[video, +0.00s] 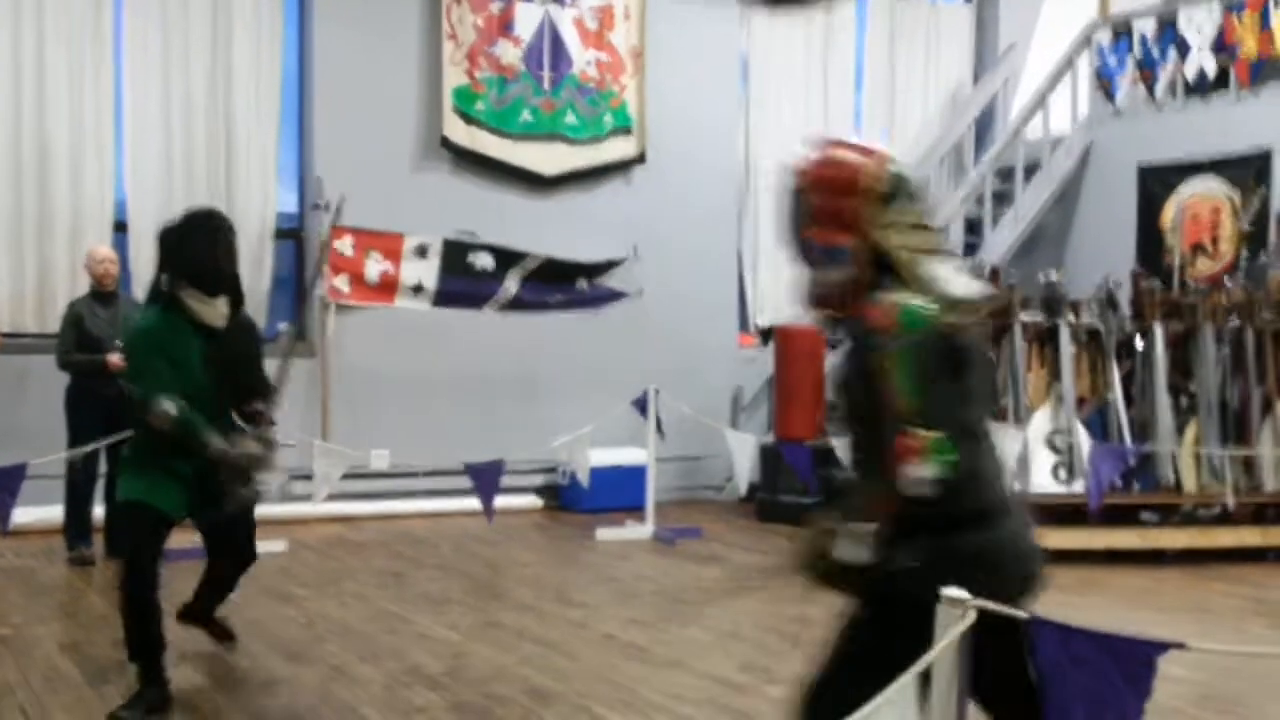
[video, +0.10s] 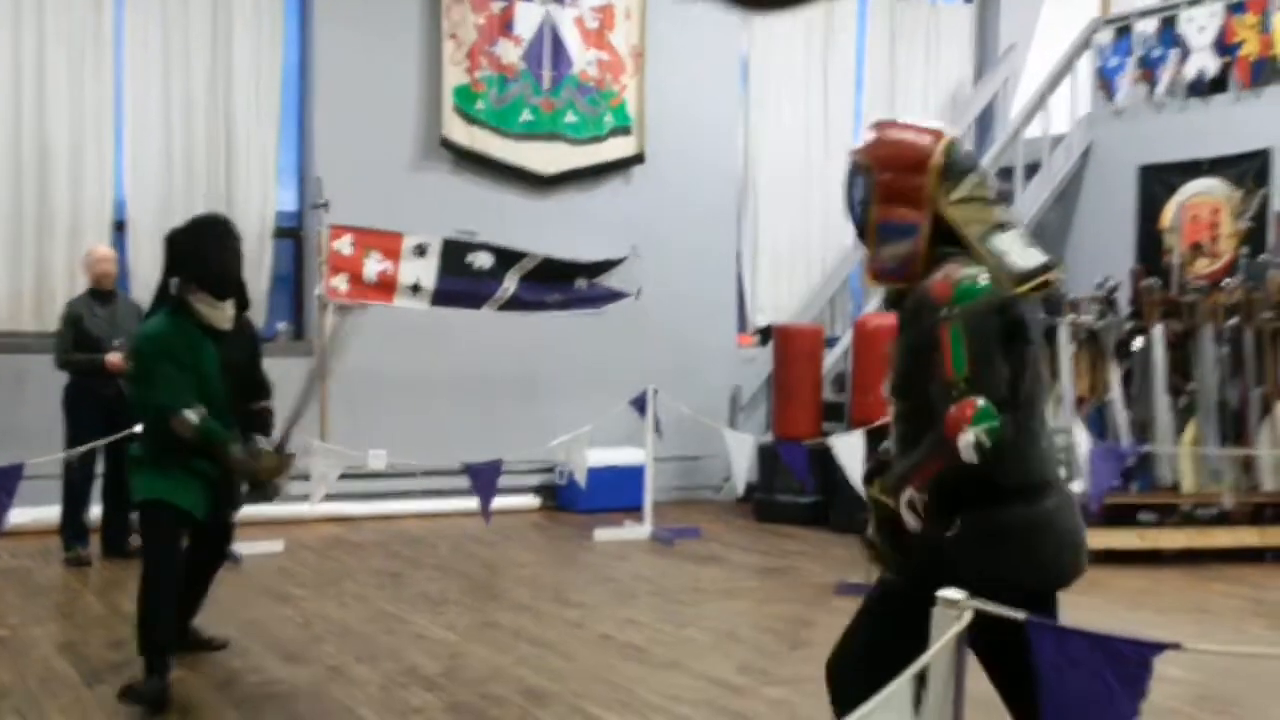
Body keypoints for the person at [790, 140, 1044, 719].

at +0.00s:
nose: (818, 274)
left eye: (831, 253)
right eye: (814, 253)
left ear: (870, 245)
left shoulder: (899, 330)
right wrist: (845, 521)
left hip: (941, 563)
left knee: (832, 706)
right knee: (1011, 697)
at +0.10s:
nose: (861, 228)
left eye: (868, 206)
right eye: (860, 207)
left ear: (906, 209)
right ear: (934, 206)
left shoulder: (949, 293)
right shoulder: (991, 280)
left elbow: (975, 420)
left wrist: (908, 489)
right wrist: (899, 470)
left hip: (975, 537)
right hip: (1021, 529)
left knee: (855, 675)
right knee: (1036, 692)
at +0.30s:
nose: (933, 202)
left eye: (938, 181)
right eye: (932, 183)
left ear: (976, 179)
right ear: (998, 175)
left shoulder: (1019, 251)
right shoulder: (1050, 250)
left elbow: (1004, 377)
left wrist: (934, 444)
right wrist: (925, 414)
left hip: (1014, 509)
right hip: (1056, 507)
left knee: (879, 626)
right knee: (1068, 683)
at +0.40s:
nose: (948, 199)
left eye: (954, 180)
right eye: (947, 182)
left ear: (986, 180)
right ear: (1026, 171)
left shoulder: (1023, 245)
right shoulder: (1071, 247)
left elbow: (1006, 374)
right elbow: (1085, 383)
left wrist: (938, 438)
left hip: (1015, 504)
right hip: (1063, 502)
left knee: (879, 621)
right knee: (1066, 679)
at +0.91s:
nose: (892, 197)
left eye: (899, 181)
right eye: (891, 181)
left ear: (925, 180)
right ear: (966, 175)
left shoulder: (944, 246)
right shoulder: (1012, 242)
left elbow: (924, 362)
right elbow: (1036, 358)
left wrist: (883, 438)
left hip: (967, 486)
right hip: (1025, 481)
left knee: (947, 636)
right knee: (994, 628)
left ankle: (984, 711)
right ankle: (1010, 708)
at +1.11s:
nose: (856, 237)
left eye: (863, 220)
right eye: (855, 221)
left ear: (889, 219)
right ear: (929, 211)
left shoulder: (921, 277)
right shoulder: (967, 271)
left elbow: (899, 406)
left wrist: (869, 517)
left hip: (952, 514)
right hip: (993, 507)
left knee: (918, 677)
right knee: (944, 670)